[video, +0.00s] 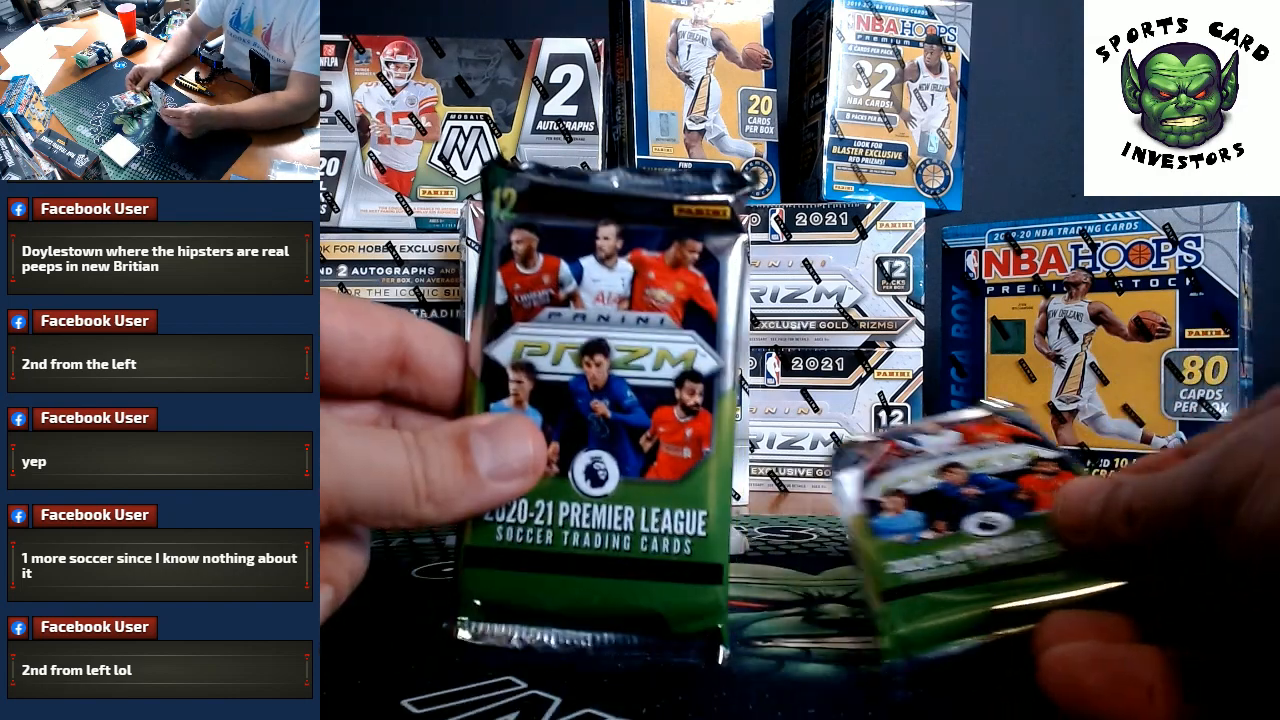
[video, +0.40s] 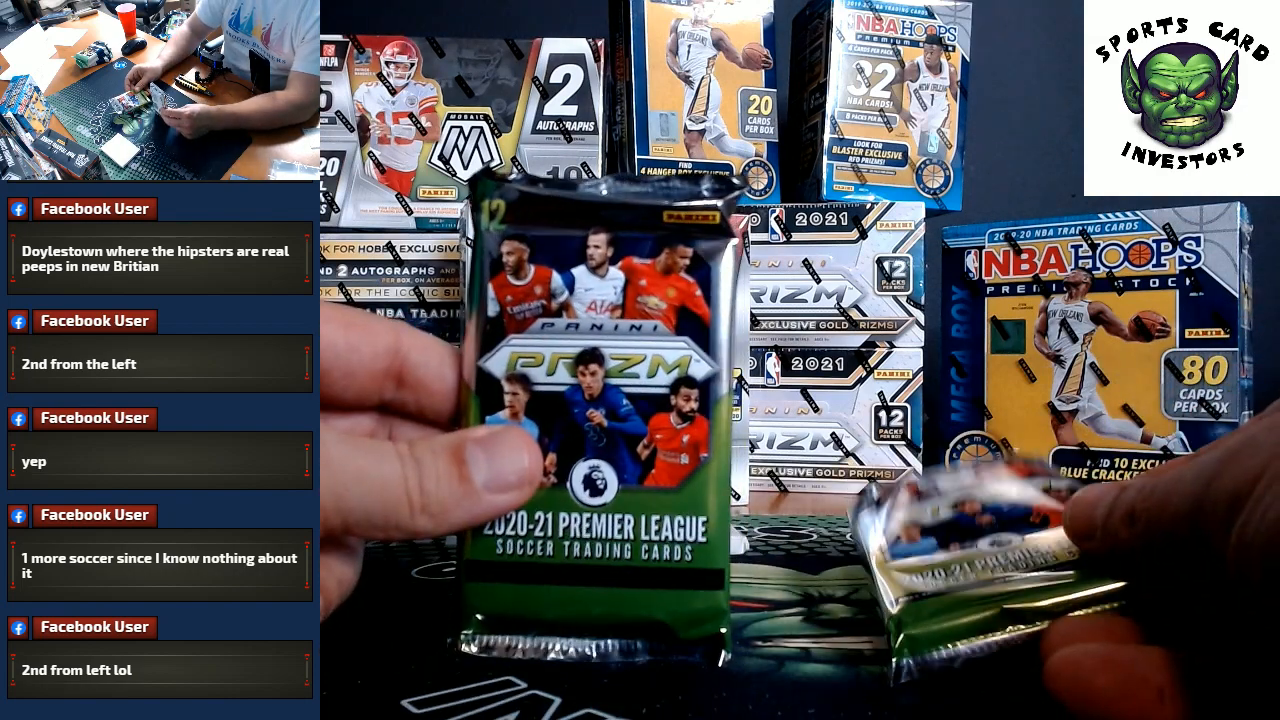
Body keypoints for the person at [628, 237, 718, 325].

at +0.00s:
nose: (695, 258)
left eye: (698, 253)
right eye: (691, 252)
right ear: (676, 246)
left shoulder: (695, 279)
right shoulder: (642, 259)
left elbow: (717, 313)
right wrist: (620, 300)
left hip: (670, 338)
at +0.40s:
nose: (687, 263)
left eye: (689, 258)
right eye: (682, 258)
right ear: (666, 253)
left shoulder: (687, 285)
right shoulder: (632, 266)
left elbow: (710, 318)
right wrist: (611, 308)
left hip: (664, 347)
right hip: (631, 343)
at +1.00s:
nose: (686, 264)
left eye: (688, 259)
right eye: (681, 258)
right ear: (665, 253)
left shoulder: (686, 286)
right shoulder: (630, 266)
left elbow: (710, 321)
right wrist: (612, 310)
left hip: (663, 349)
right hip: (628, 346)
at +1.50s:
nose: (679, 261)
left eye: (681, 256)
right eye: (674, 255)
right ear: (658, 252)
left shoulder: (680, 284)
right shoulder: (622, 265)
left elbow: (705, 319)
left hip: (657, 347)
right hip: (622, 344)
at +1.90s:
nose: (679, 262)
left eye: (681, 257)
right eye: (675, 257)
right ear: (659, 253)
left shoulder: (680, 285)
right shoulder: (624, 266)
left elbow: (705, 318)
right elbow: (597, 285)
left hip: (658, 347)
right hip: (624, 344)